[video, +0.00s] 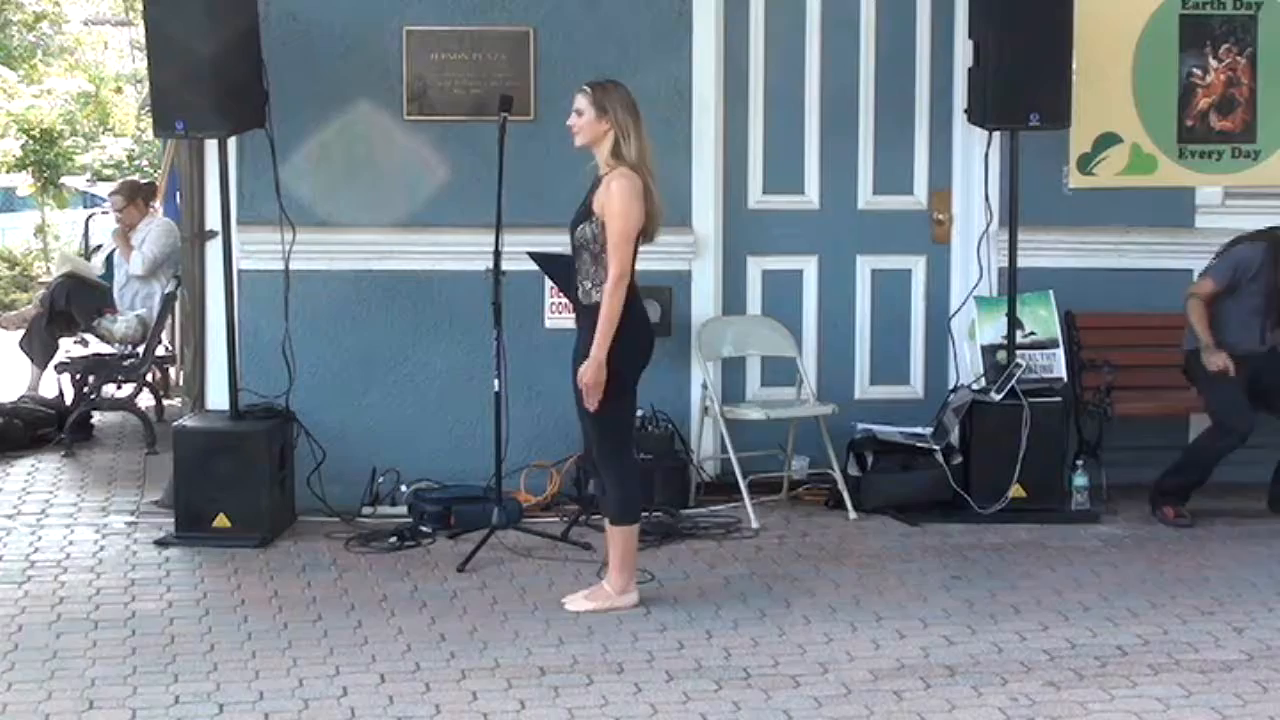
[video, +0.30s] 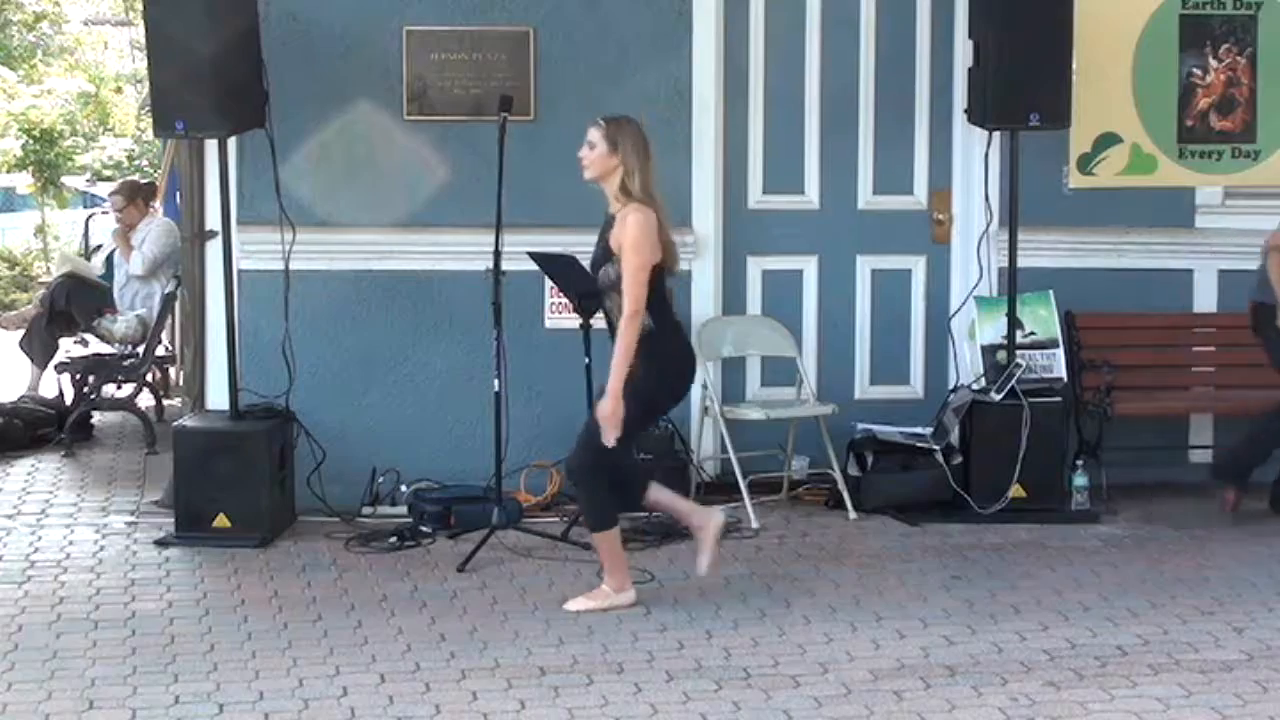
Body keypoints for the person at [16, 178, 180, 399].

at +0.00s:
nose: (117, 218)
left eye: (120, 211)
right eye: (114, 213)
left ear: (140, 205)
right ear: (136, 206)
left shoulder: (164, 228)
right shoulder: (128, 234)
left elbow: (142, 267)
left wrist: (122, 243)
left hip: (139, 319)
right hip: (119, 313)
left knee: (69, 285)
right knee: (45, 320)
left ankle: (35, 310)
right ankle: (32, 390)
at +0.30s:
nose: (117, 218)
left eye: (120, 211)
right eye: (114, 213)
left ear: (140, 205)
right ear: (136, 206)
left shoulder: (164, 228)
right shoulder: (128, 234)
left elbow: (142, 267)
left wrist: (122, 243)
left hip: (139, 319)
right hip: (118, 313)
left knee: (68, 285)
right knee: (46, 320)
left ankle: (35, 310)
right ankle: (32, 390)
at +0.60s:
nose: (117, 218)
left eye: (120, 211)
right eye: (114, 212)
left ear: (140, 205)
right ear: (136, 206)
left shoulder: (164, 229)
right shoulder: (128, 234)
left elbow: (142, 267)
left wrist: (123, 244)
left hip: (140, 317)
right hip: (119, 311)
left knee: (68, 284)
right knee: (45, 320)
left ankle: (34, 310)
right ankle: (32, 389)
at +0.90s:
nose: (117, 218)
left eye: (119, 211)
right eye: (114, 213)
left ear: (140, 205)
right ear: (136, 206)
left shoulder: (164, 229)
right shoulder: (128, 234)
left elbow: (142, 267)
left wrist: (123, 243)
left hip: (140, 318)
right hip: (118, 311)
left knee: (68, 284)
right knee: (45, 320)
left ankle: (34, 310)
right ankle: (32, 390)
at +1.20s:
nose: (117, 218)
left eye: (119, 212)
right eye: (114, 213)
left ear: (140, 205)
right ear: (136, 206)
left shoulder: (164, 229)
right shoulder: (127, 234)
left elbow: (141, 267)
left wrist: (123, 242)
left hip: (140, 319)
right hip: (119, 312)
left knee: (69, 285)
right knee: (45, 320)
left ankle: (34, 310)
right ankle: (32, 389)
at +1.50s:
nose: (117, 218)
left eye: (119, 212)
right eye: (114, 213)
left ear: (139, 205)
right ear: (136, 206)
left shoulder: (164, 229)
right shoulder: (127, 234)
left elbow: (141, 267)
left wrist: (123, 242)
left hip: (140, 318)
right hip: (119, 312)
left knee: (69, 285)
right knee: (45, 319)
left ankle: (34, 310)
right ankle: (32, 390)